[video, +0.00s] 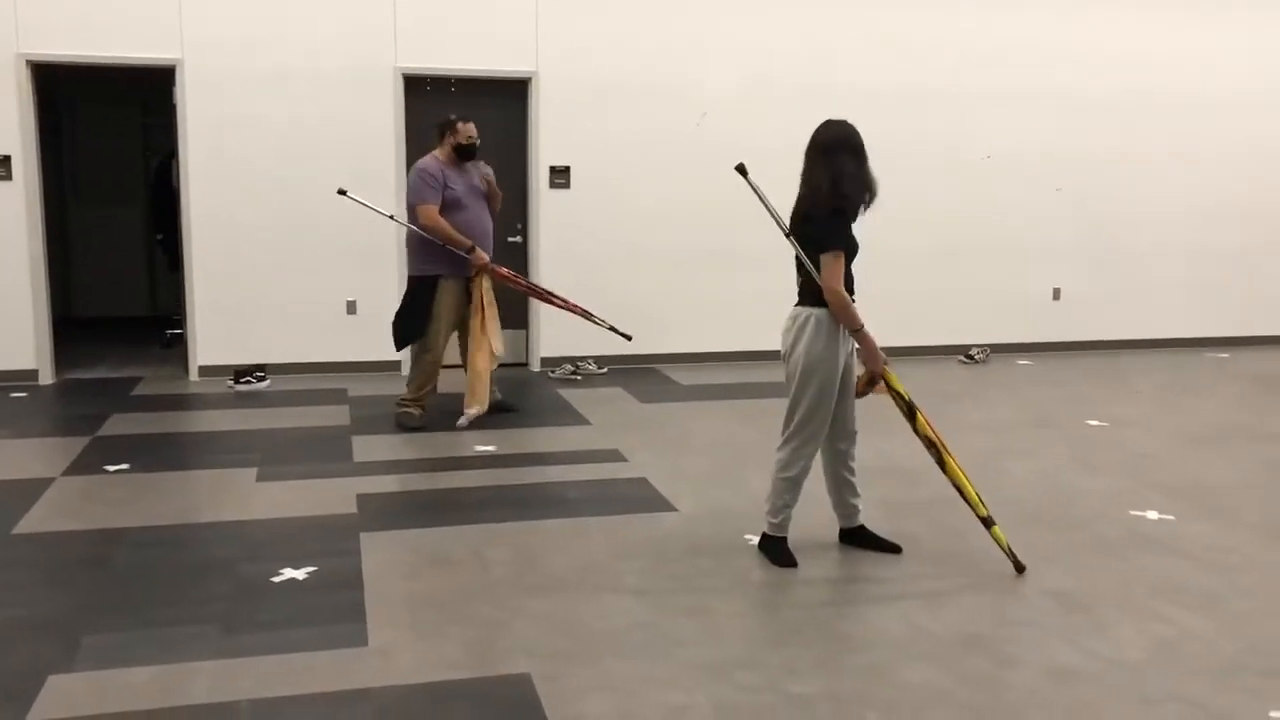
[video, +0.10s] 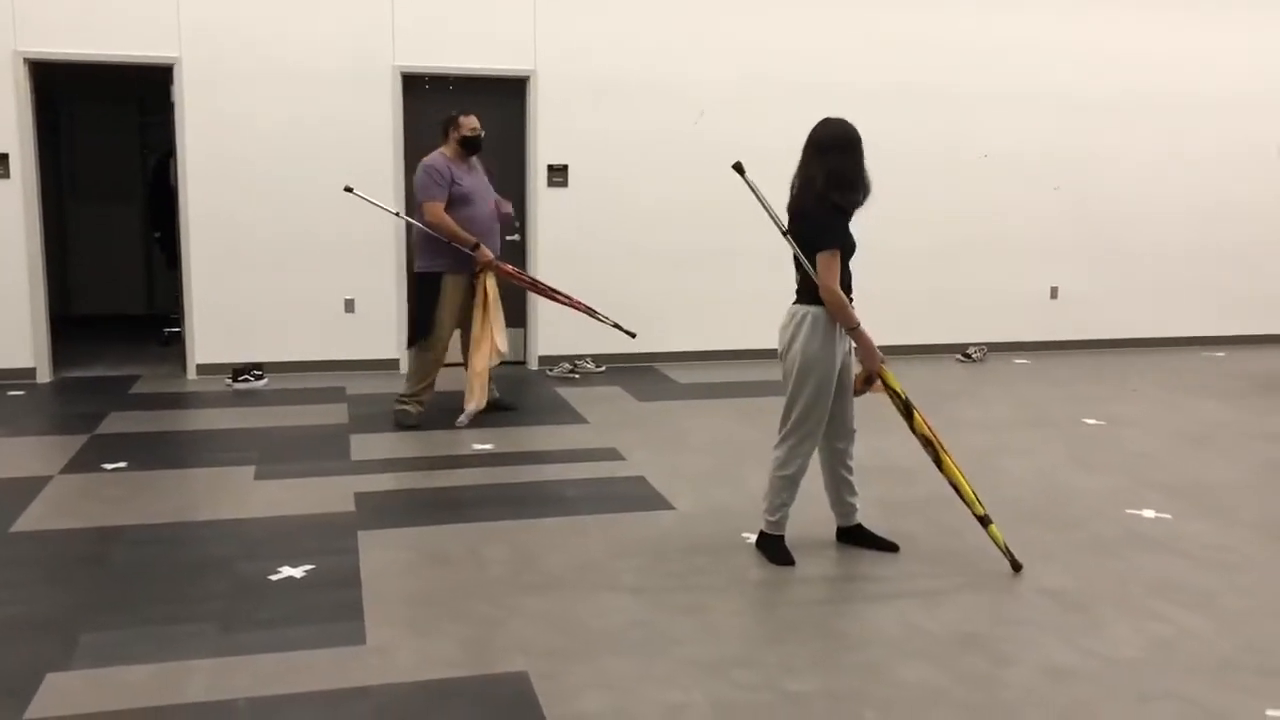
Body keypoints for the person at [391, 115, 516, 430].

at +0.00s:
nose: (474, 144)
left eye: (476, 139)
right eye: (468, 139)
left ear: (475, 140)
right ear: (450, 138)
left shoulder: (473, 168)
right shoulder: (427, 169)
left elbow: (492, 211)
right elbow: (428, 218)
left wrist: (492, 187)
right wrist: (470, 248)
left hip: (474, 269)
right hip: (439, 271)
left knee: (479, 337)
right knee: (431, 343)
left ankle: (485, 397)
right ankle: (411, 405)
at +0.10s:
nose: (478, 136)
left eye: (480, 131)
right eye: (471, 131)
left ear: (478, 135)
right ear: (452, 134)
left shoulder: (474, 164)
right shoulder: (433, 166)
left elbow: (483, 201)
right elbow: (433, 216)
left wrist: (500, 207)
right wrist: (474, 245)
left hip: (477, 265)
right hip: (442, 268)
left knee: (480, 333)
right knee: (433, 339)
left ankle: (483, 395)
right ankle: (410, 403)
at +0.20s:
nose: (479, 133)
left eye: (480, 128)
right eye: (472, 128)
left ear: (479, 133)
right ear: (454, 132)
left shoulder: (475, 162)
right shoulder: (436, 165)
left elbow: (483, 206)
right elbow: (436, 216)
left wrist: (497, 236)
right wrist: (477, 246)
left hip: (479, 264)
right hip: (444, 267)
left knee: (479, 333)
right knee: (437, 338)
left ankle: (479, 393)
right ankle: (409, 401)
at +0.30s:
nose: (478, 130)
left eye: (479, 125)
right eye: (471, 125)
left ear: (478, 131)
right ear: (453, 131)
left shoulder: (475, 162)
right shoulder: (435, 164)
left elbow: (481, 210)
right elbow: (438, 216)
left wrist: (489, 253)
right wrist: (478, 247)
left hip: (477, 264)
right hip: (443, 266)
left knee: (478, 333)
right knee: (435, 338)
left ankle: (478, 392)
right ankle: (408, 401)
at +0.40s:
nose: (477, 129)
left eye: (478, 124)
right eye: (470, 124)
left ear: (478, 131)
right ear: (452, 131)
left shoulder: (473, 161)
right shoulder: (435, 163)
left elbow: (479, 210)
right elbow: (437, 215)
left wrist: (488, 252)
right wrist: (477, 246)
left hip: (476, 263)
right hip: (442, 266)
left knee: (477, 332)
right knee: (433, 338)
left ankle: (478, 393)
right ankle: (407, 401)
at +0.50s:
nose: (474, 127)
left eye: (476, 123)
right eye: (467, 122)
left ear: (476, 131)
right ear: (449, 130)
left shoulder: (470, 161)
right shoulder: (432, 161)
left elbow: (474, 209)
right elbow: (435, 213)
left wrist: (485, 252)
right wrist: (475, 245)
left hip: (474, 262)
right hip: (440, 265)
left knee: (475, 332)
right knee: (431, 337)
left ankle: (477, 393)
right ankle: (406, 400)